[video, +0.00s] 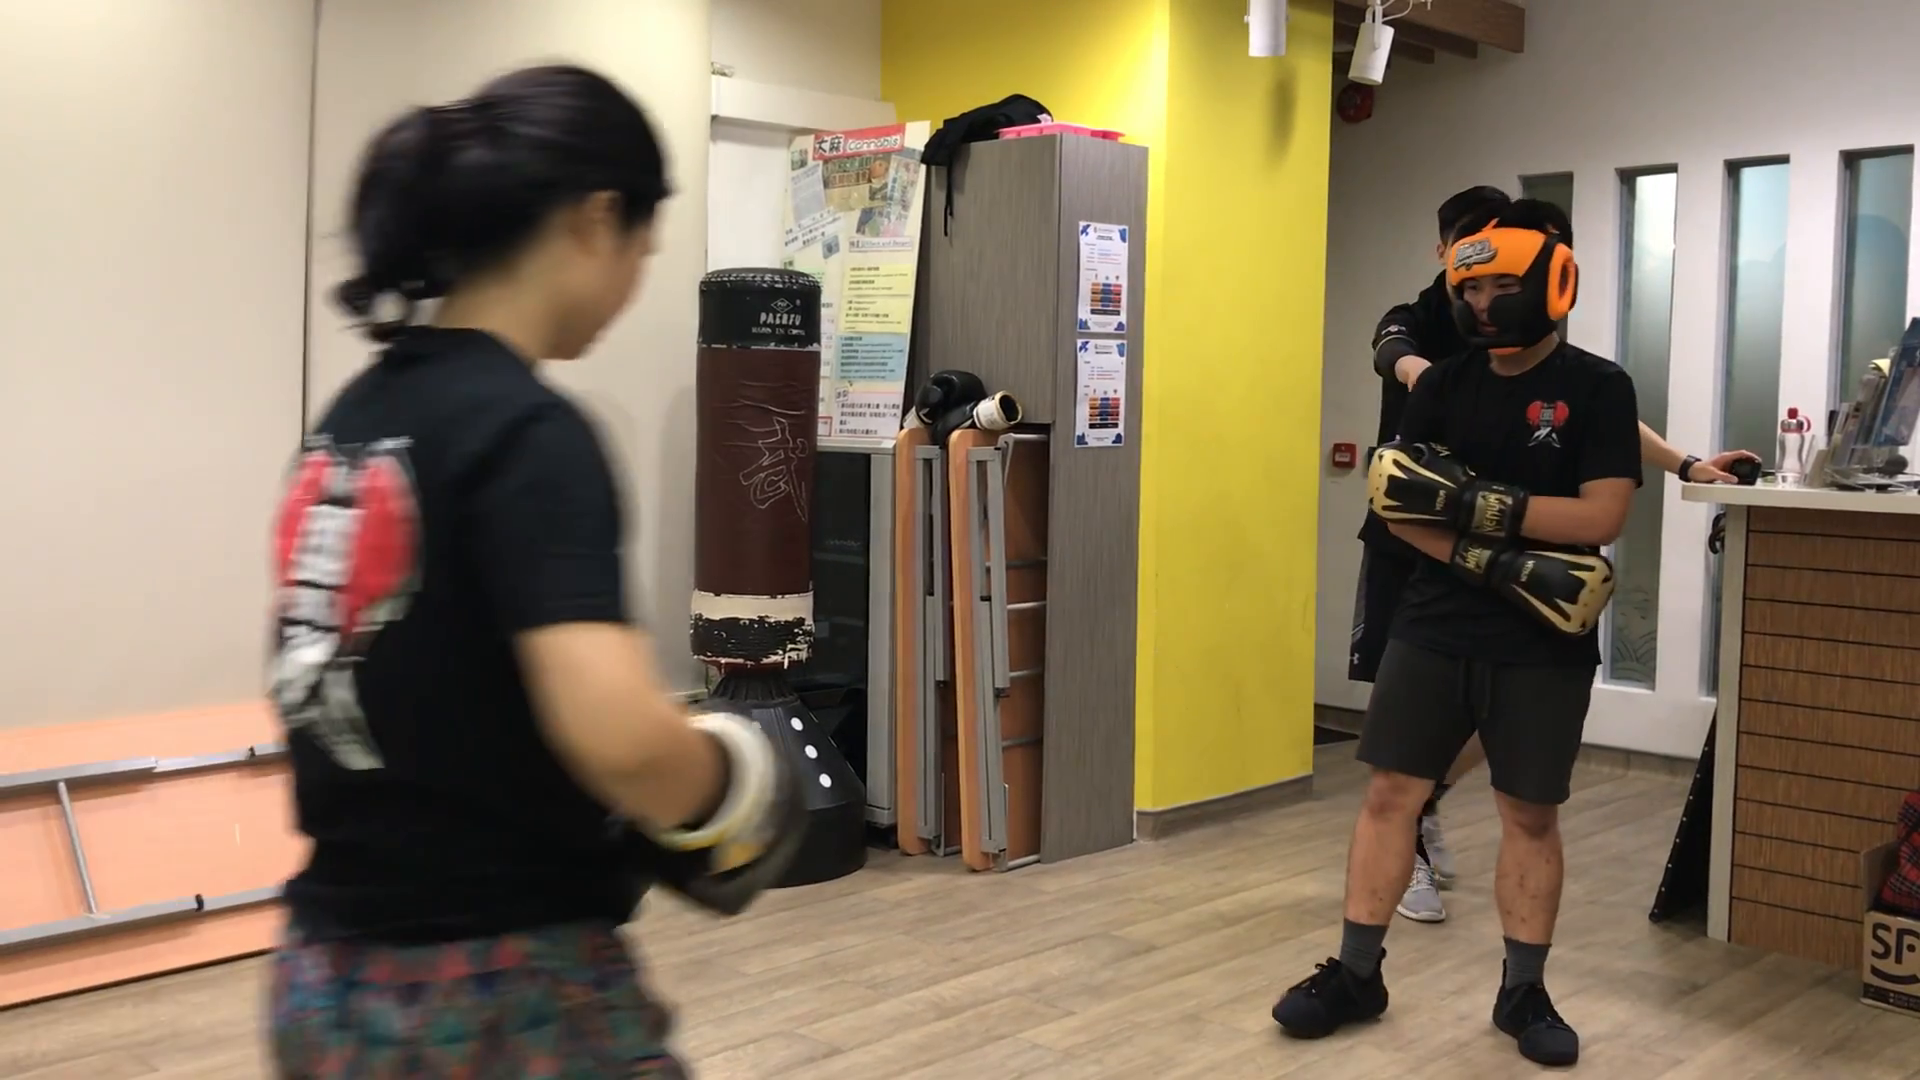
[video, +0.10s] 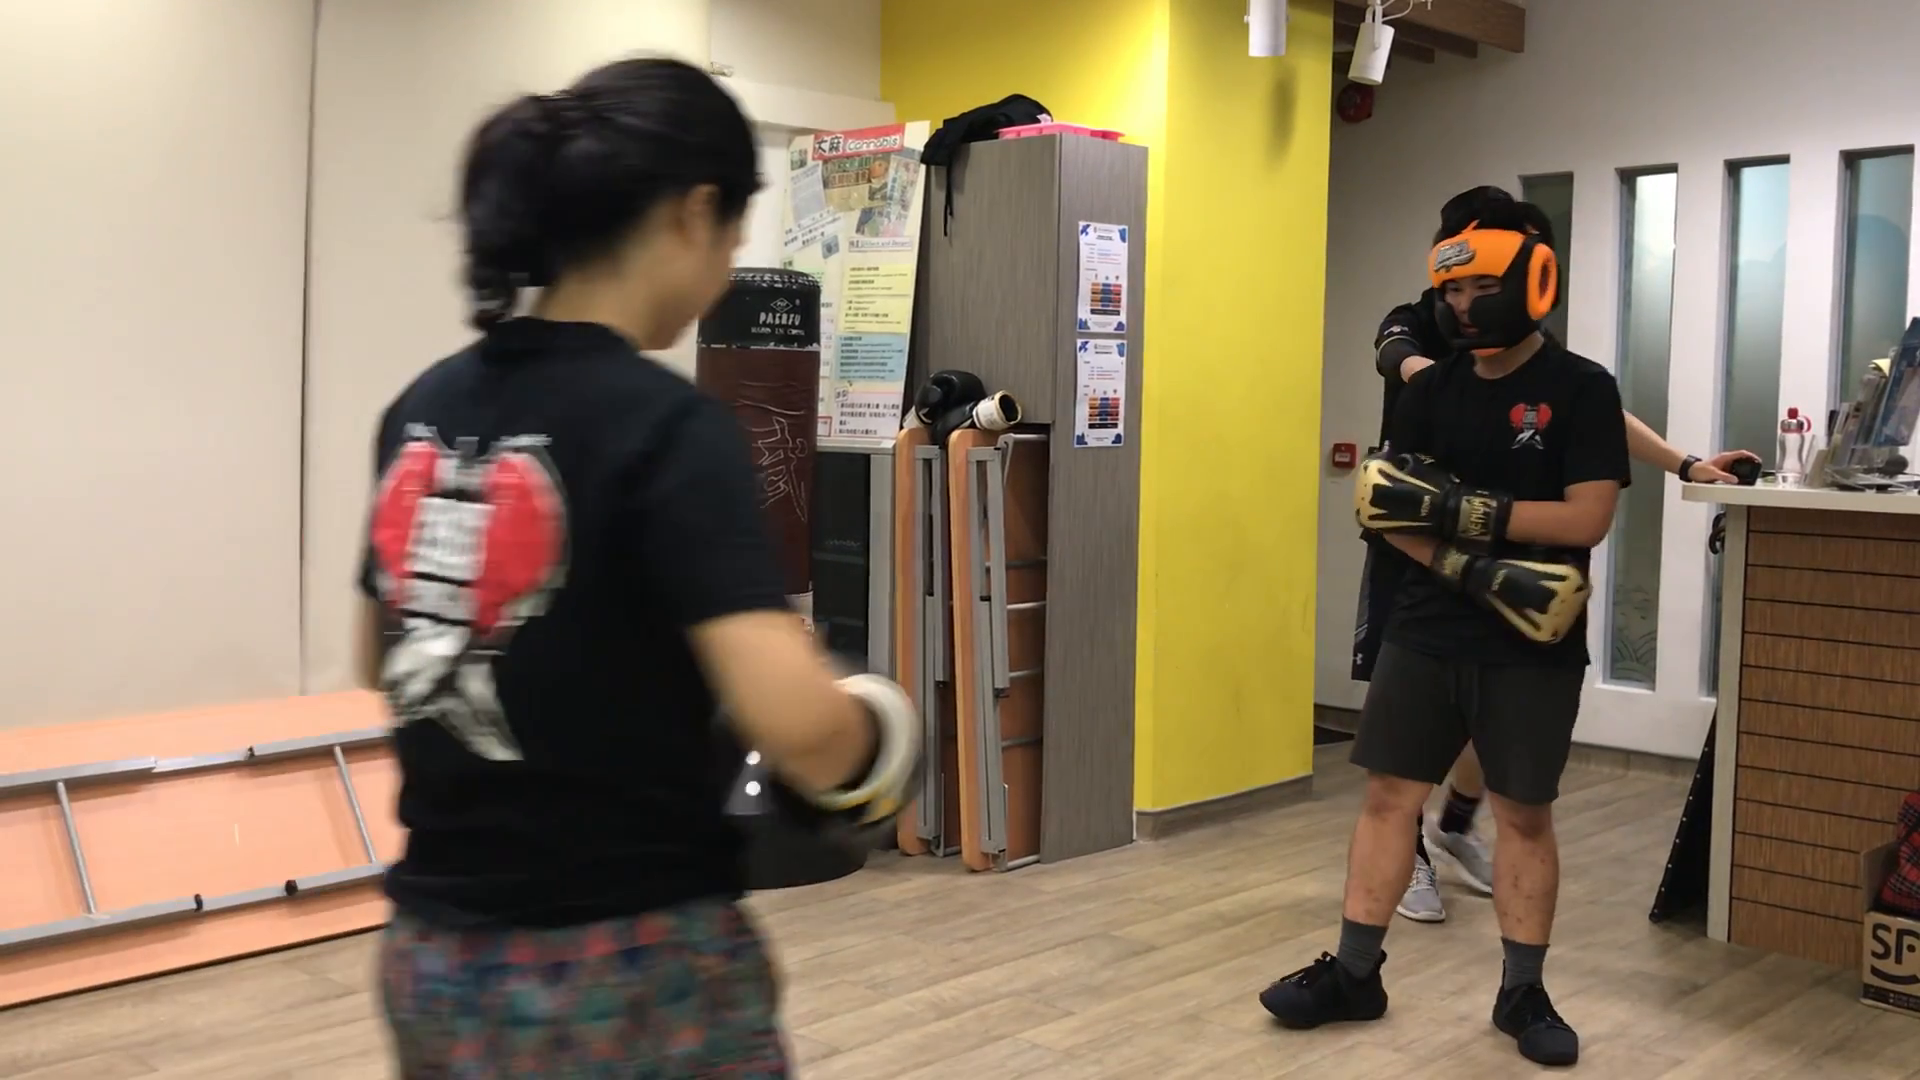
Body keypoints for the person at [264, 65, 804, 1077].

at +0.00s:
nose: (633, 288)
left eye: (643, 255)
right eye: (641, 251)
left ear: (470, 223)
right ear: (591, 221)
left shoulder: (353, 418)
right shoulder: (529, 430)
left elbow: (401, 699)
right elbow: (616, 736)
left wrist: (628, 803)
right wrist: (740, 779)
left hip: (334, 973)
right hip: (511, 987)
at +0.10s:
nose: (727, 278)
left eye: (734, 245)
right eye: (732, 241)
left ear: (562, 208)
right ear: (692, 213)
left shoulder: (424, 409)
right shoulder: (667, 423)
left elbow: (380, 663)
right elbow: (799, 729)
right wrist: (863, 724)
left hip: (440, 953)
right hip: (640, 961)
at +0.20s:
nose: (793, 264)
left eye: (802, 231)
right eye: (800, 227)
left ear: (628, 201)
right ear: (763, 207)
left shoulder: (487, 398)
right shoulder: (773, 410)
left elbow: (485, 662)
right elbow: (927, 693)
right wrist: (983, 663)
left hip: (527, 938)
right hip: (734, 938)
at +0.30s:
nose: (839, 249)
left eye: (845, 218)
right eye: (844, 215)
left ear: (665, 201)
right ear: (811, 203)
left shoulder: (537, 391)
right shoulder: (850, 400)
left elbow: (554, 638)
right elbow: (997, 668)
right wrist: (1034, 600)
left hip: (581, 927)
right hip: (796, 933)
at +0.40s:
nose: (872, 246)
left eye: (875, 218)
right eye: (874, 216)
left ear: (696, 210)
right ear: (847, 215)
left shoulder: (588, 397)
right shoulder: (902, 408)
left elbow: (577, 633)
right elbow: (1044, 659)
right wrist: (1061, 580)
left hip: (637, 917)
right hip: (845, 916)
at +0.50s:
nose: (897, 256)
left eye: (898, 230)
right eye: (898, 229)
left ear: (729, 225)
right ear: (872, 235)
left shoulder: (627, 410)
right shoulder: (929, 420)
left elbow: (601, 631)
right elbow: (1058, 656)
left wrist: (728, 569)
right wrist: (1068, 571)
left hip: (685, 908)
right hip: (883, 909)